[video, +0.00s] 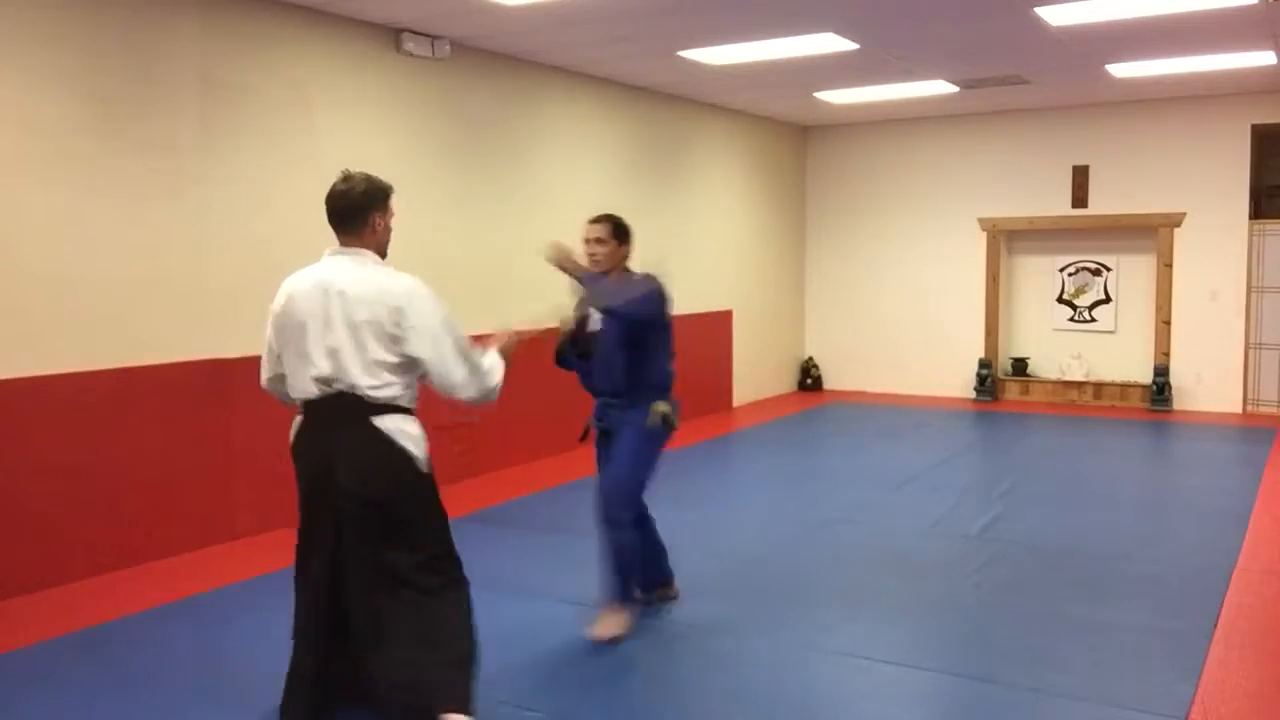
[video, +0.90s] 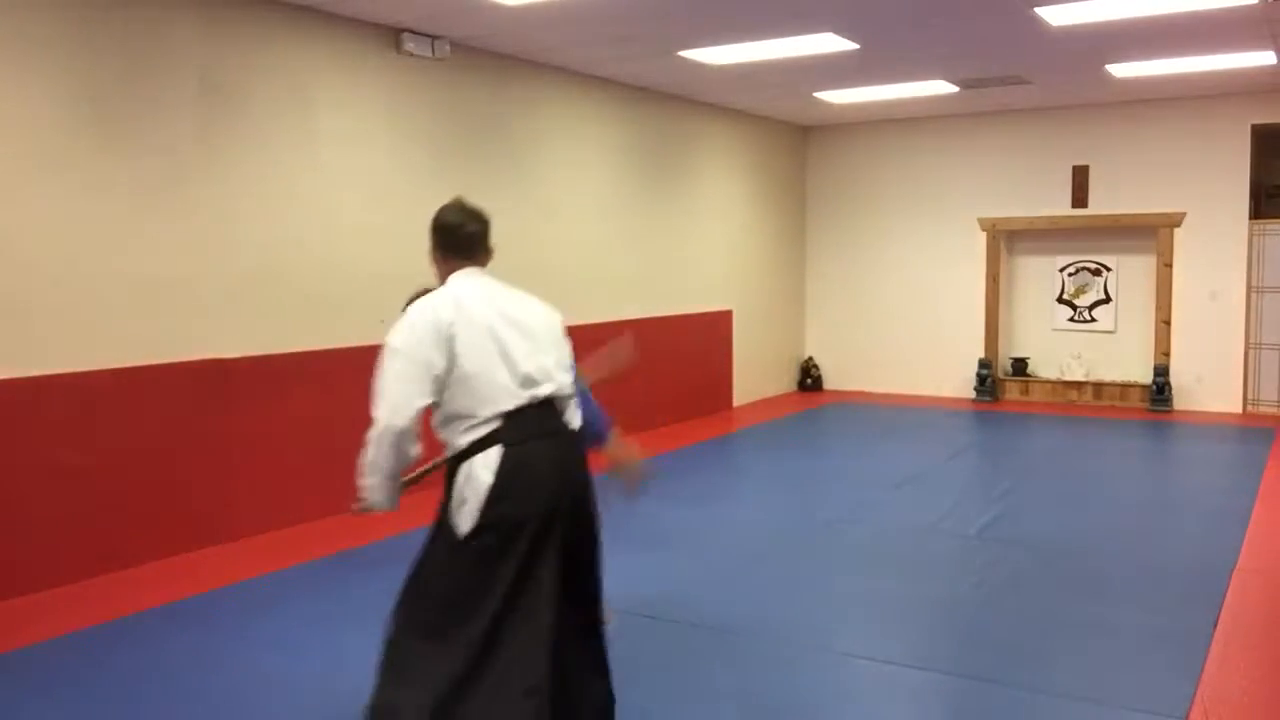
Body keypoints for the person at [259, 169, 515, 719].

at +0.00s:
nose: (393, 226)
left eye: (391, 216)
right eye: (390, 218)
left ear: (334, 225)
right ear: (376, 222)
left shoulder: (293, 290)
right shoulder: (401, 291)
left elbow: (275, 379)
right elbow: (463, 381)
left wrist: (323, 400)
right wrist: (494, 355)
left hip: (317, 445)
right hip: (387, 444)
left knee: (324, 576)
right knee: (431, 574)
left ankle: (315, 706)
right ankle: (449, 704)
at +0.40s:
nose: (357, 217)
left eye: (356, 211)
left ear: (356, 214)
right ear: (413, 213)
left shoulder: (347, 267)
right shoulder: (457, 269)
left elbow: (330, 341)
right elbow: (467, 341)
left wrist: (275, 417)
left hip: (392, 441)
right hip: (470, 433)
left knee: (354, 593)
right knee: (474, 588)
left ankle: (364, 705)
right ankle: (476, 705)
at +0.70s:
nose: (388, 282)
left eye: (388, 274)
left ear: (389, 278)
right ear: (443, 278)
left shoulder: (384, 325)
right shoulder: (477, 330)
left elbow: (328, 405)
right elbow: (505, 412)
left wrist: (274, 471)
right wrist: (417, 476)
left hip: (447, 480)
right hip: (517, 474)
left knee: (379, 619)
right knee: (501, 617)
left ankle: (367, 705)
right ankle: (505, 706)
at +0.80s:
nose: (409, 276)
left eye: (409, 269)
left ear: (410, 272)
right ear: (463, 270)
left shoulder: (401, 329)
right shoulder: (504, 326)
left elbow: (352, 421)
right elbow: (539, 406)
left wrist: (323, 490)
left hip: (470, 482)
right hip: (537, 471)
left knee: (395, 623)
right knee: (534, 612)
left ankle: (375, 708)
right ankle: (580, 708)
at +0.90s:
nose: (435, 260)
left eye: (433, 252)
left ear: (435, 254)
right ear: (487, 250)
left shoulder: (427, 316)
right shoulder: (535, 308)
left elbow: (395, 419)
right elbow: (569, 396)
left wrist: (377, 489)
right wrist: (610, 441)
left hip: (497, 473)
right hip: (565, 462)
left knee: (433, 613)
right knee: (568, 607)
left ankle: (403, 708)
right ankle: (577, 709)